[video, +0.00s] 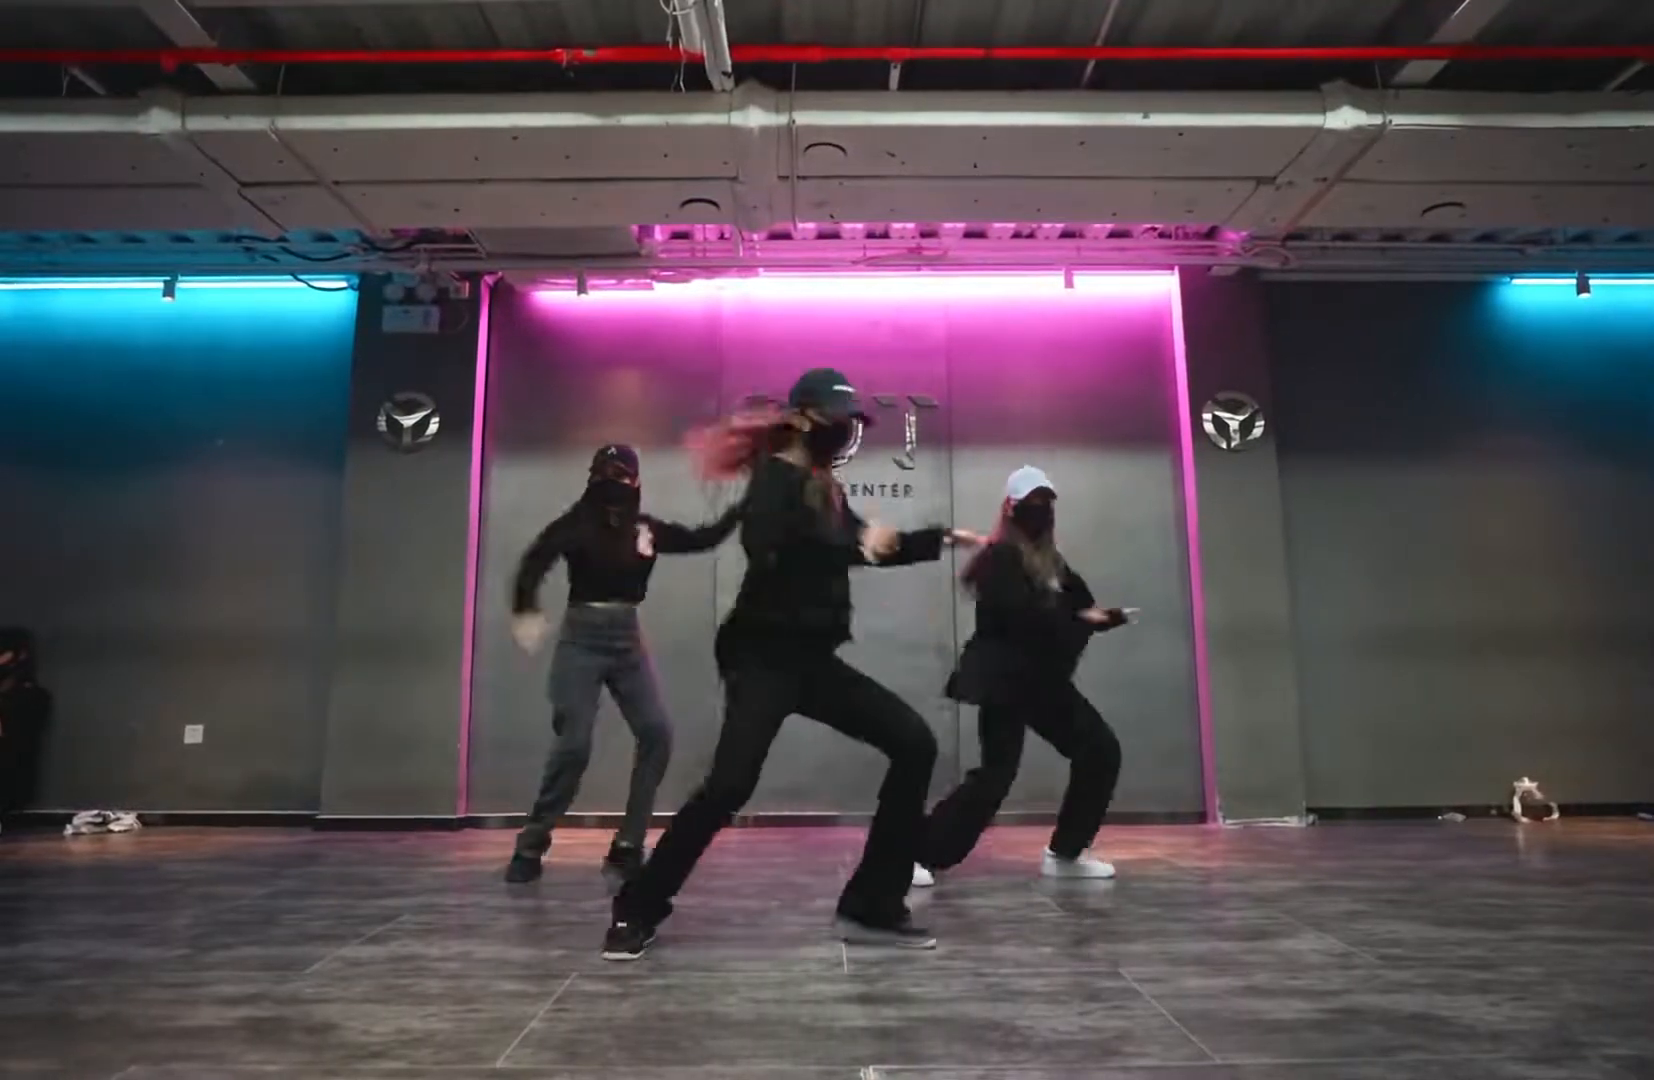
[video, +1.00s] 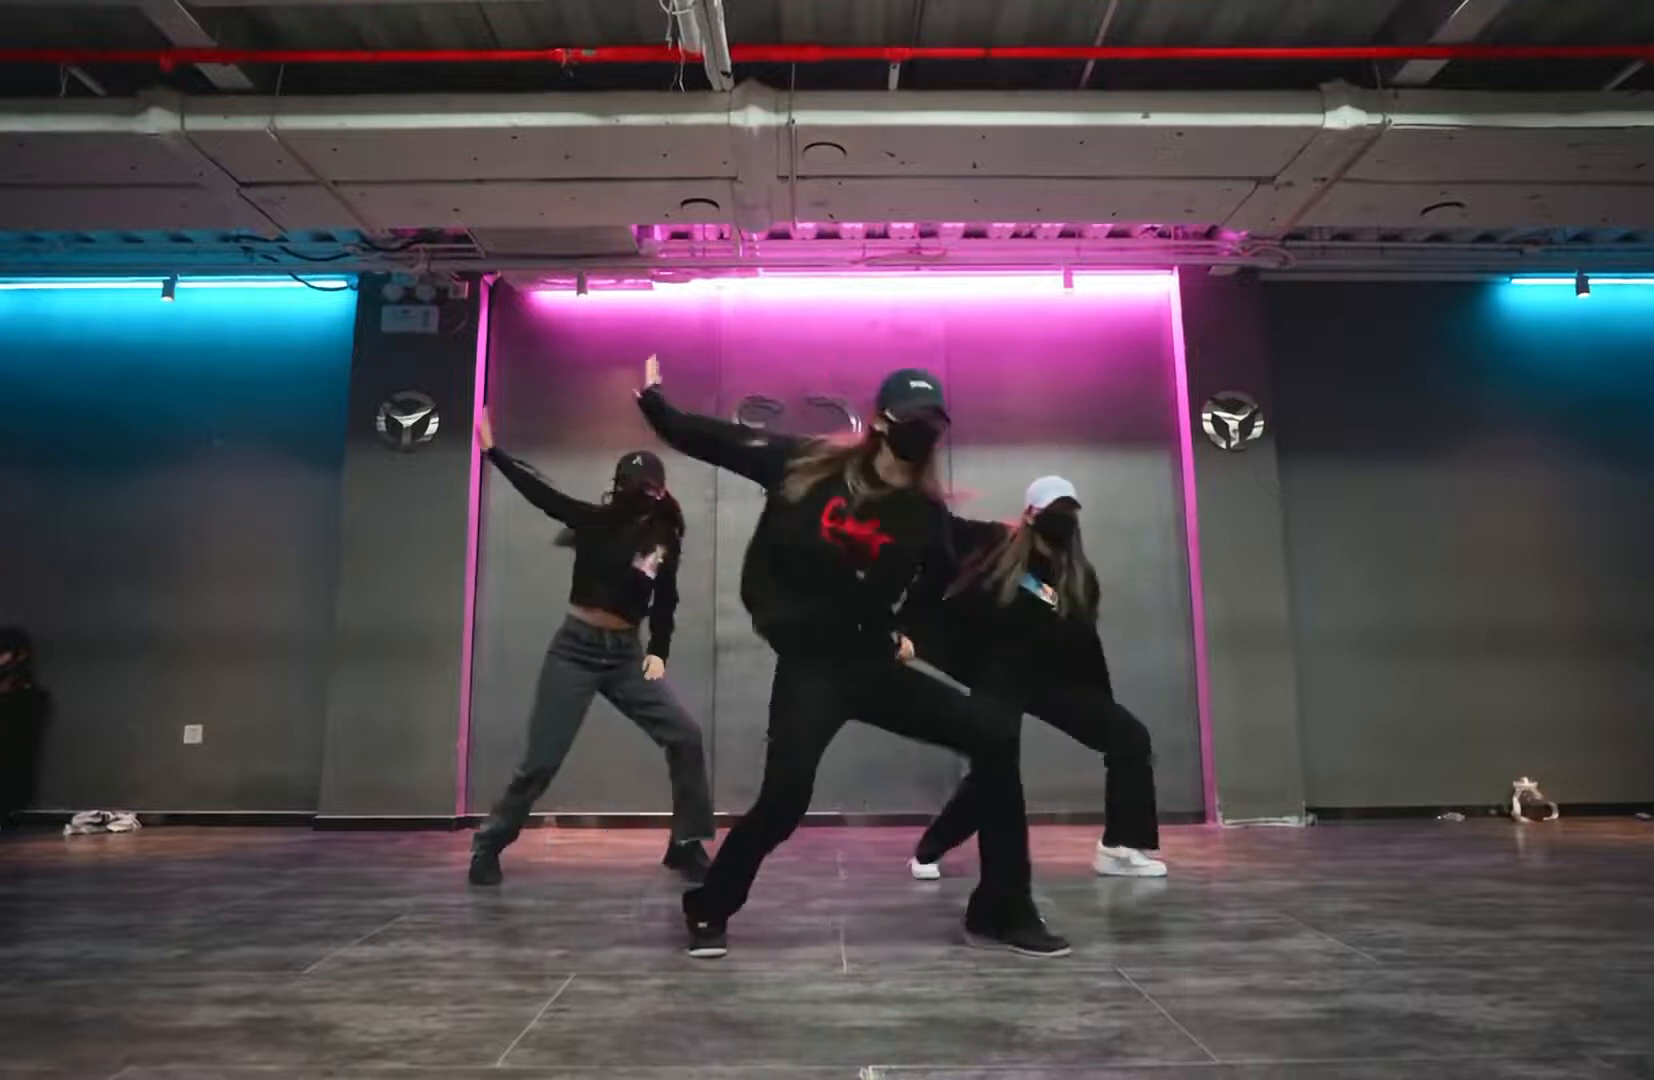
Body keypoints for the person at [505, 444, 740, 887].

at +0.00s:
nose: (616, 488)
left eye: (625, 480)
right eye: (609, 478)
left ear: (636, 485)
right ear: (594, 481)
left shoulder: (645, 530)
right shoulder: (577, 522)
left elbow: (704, 539)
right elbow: (535, 561)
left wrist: (745, 506)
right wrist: (526, 609)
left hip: (626, 646)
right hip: (579, 644)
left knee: (657, 736)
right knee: (573, 745)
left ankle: (628, 847)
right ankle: (530, 849)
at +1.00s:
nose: (641, 498)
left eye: (648, 491)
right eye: (634, 489)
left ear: (659, 493)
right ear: (618, 487)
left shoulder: (663, 536)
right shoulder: (593, 521)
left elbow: (665, 594)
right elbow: (541, 493)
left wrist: (658, 651)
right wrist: (492, 452)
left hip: (625, 657)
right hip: (575, 650)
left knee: (685, 735)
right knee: (542, 762)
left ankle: (687, 844)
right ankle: (488, 847)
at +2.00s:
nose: (604, 460)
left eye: (613, 453)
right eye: (599, 453)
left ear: (629, 457)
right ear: (591, 457)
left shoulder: (637, 498)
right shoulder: (584, 501)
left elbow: (600, 521)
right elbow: (544, 548)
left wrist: (540, 519)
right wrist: (546, 520)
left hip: (624, 621)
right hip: (579, 622)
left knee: (647, 733)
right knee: (531, 723)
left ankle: (676, 844)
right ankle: (509, 840)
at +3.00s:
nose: (632, 467)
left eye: (639, 459)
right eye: (623, 460)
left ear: (654, 462)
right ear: (611, 465)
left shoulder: (679, 515)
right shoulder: (604, 510)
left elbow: (692, 578)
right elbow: (545, 518)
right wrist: (554, 464)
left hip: (668, 631)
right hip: (615, 631)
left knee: (656, 741)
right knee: (610, 745)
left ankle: (674, 836)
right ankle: (637, 828)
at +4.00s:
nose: (542, 475)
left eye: (553, 466)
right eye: (537, 465)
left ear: (576, 470)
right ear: (531, 467)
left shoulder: (597, 524)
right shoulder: (513, 518)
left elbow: (615, 587)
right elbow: (473, 578)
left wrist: (625, 640)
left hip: (586, 644)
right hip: (526, 643)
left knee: (624, 725)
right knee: (475, 740)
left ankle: (635, 838)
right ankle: (458, 846)